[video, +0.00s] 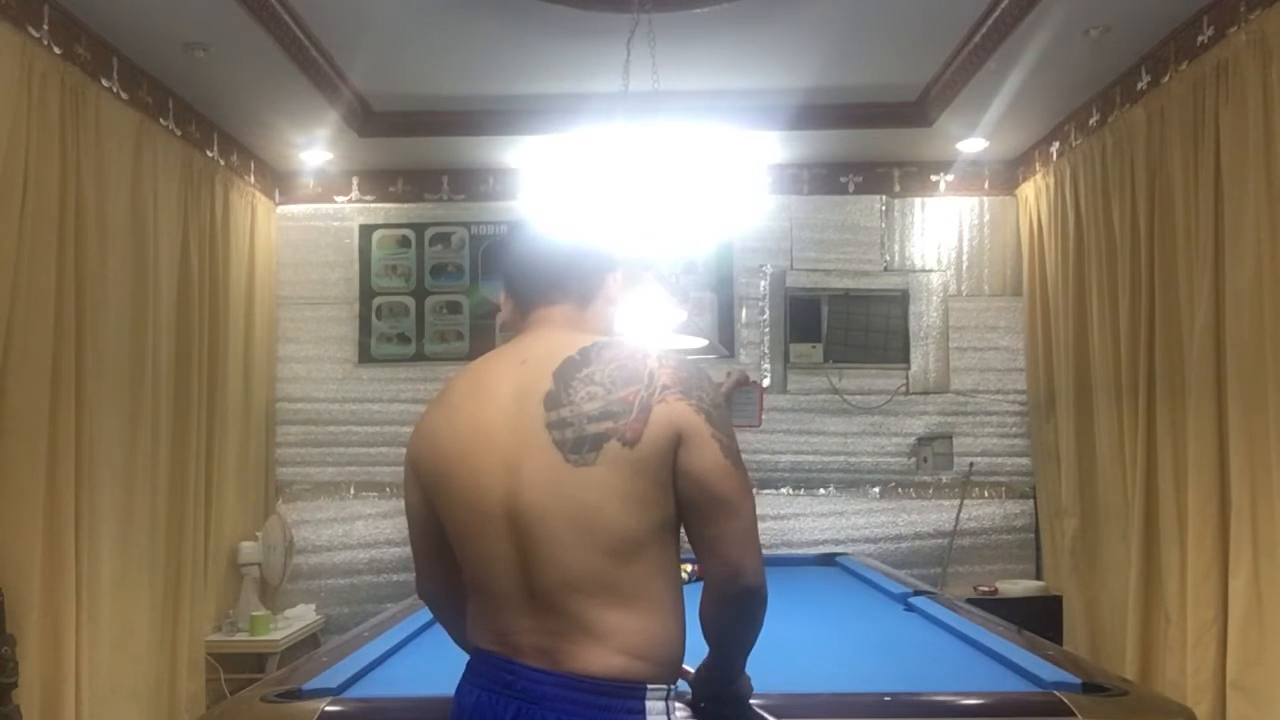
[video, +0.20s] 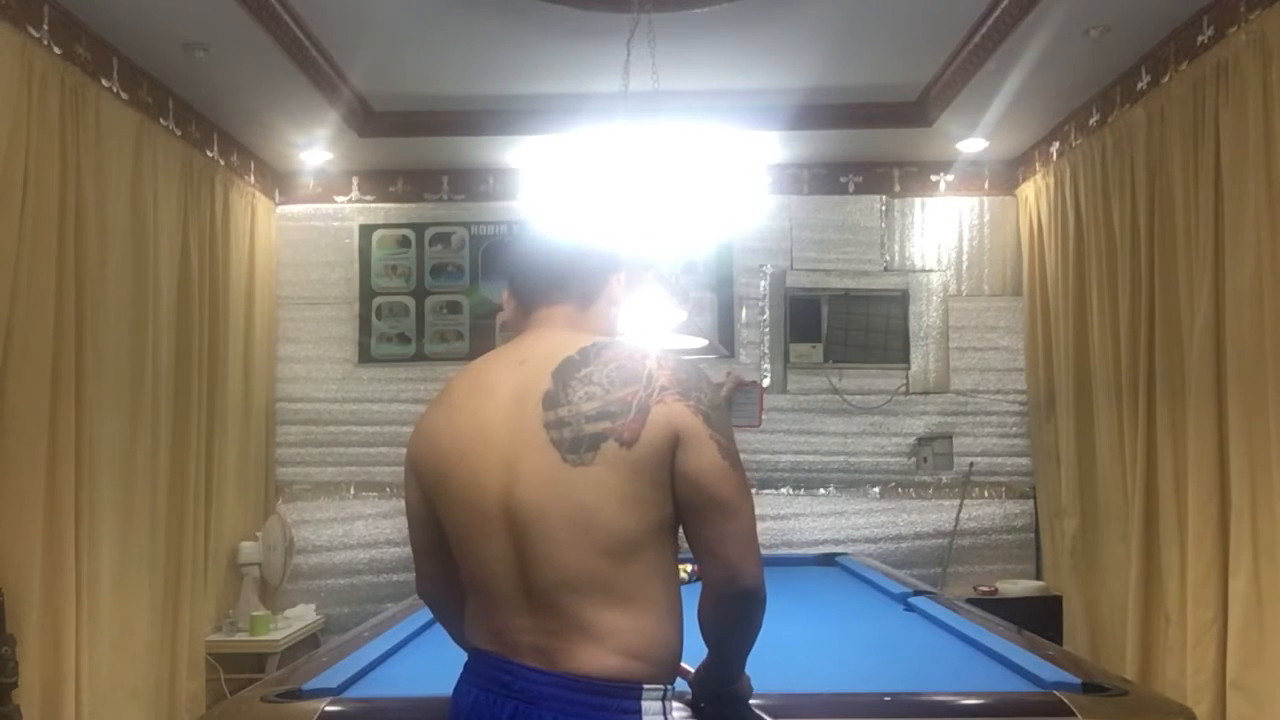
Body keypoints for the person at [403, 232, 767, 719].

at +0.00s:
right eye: (630, 282)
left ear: (507, 303)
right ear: (613, 285)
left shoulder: (443, 409)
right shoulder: (668, 385)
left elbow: (437, 585)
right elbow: (739, 578)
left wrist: (502, 658)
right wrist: (723, 673)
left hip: (486, 697)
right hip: (626, 703)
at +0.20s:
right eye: (635, 284)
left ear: (511, 299)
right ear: (617, 286)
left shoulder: (444, 407)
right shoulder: (666, 386)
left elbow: (436, 583)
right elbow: (737, 579)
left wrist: (501, 656)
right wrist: (722, 674)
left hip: (483, 696)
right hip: (623, 702)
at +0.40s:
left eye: (506, 293)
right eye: (636, 285)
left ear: (513, 296)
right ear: (621, 287)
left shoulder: (444, 406)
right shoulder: (666, 387)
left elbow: (436, 583)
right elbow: (736, 582)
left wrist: (500, 657)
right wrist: (722, 675)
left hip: (481, 696)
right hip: (620, 702)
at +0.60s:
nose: (642, 304)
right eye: (642, 290)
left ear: (528, 296)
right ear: (630, 292)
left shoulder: (445, 404)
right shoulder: (665, 389)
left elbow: (435, 582)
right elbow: (734, 586)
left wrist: (498, 654)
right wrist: (721, 675)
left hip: (480, 696)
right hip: (618, 702)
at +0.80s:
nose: (649, 307)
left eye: (651, 290)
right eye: (650, 290)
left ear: (543, 290)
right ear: (638, 292)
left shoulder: (448, 400)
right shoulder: (665, 390)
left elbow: (435, 580)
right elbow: (733, 587)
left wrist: (499, 652)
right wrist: (722, 676)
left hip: (478, 696)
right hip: (614, 703)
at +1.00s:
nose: (651, 317)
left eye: (654, 301)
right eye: (654, 300)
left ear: (546, 290)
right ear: (644, 299)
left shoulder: (450, 400)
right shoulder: (667, 393)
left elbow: (435, 579)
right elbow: (737, 590)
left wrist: (499, 651)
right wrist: (722, 670)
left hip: (479, 695)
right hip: (615, 702)